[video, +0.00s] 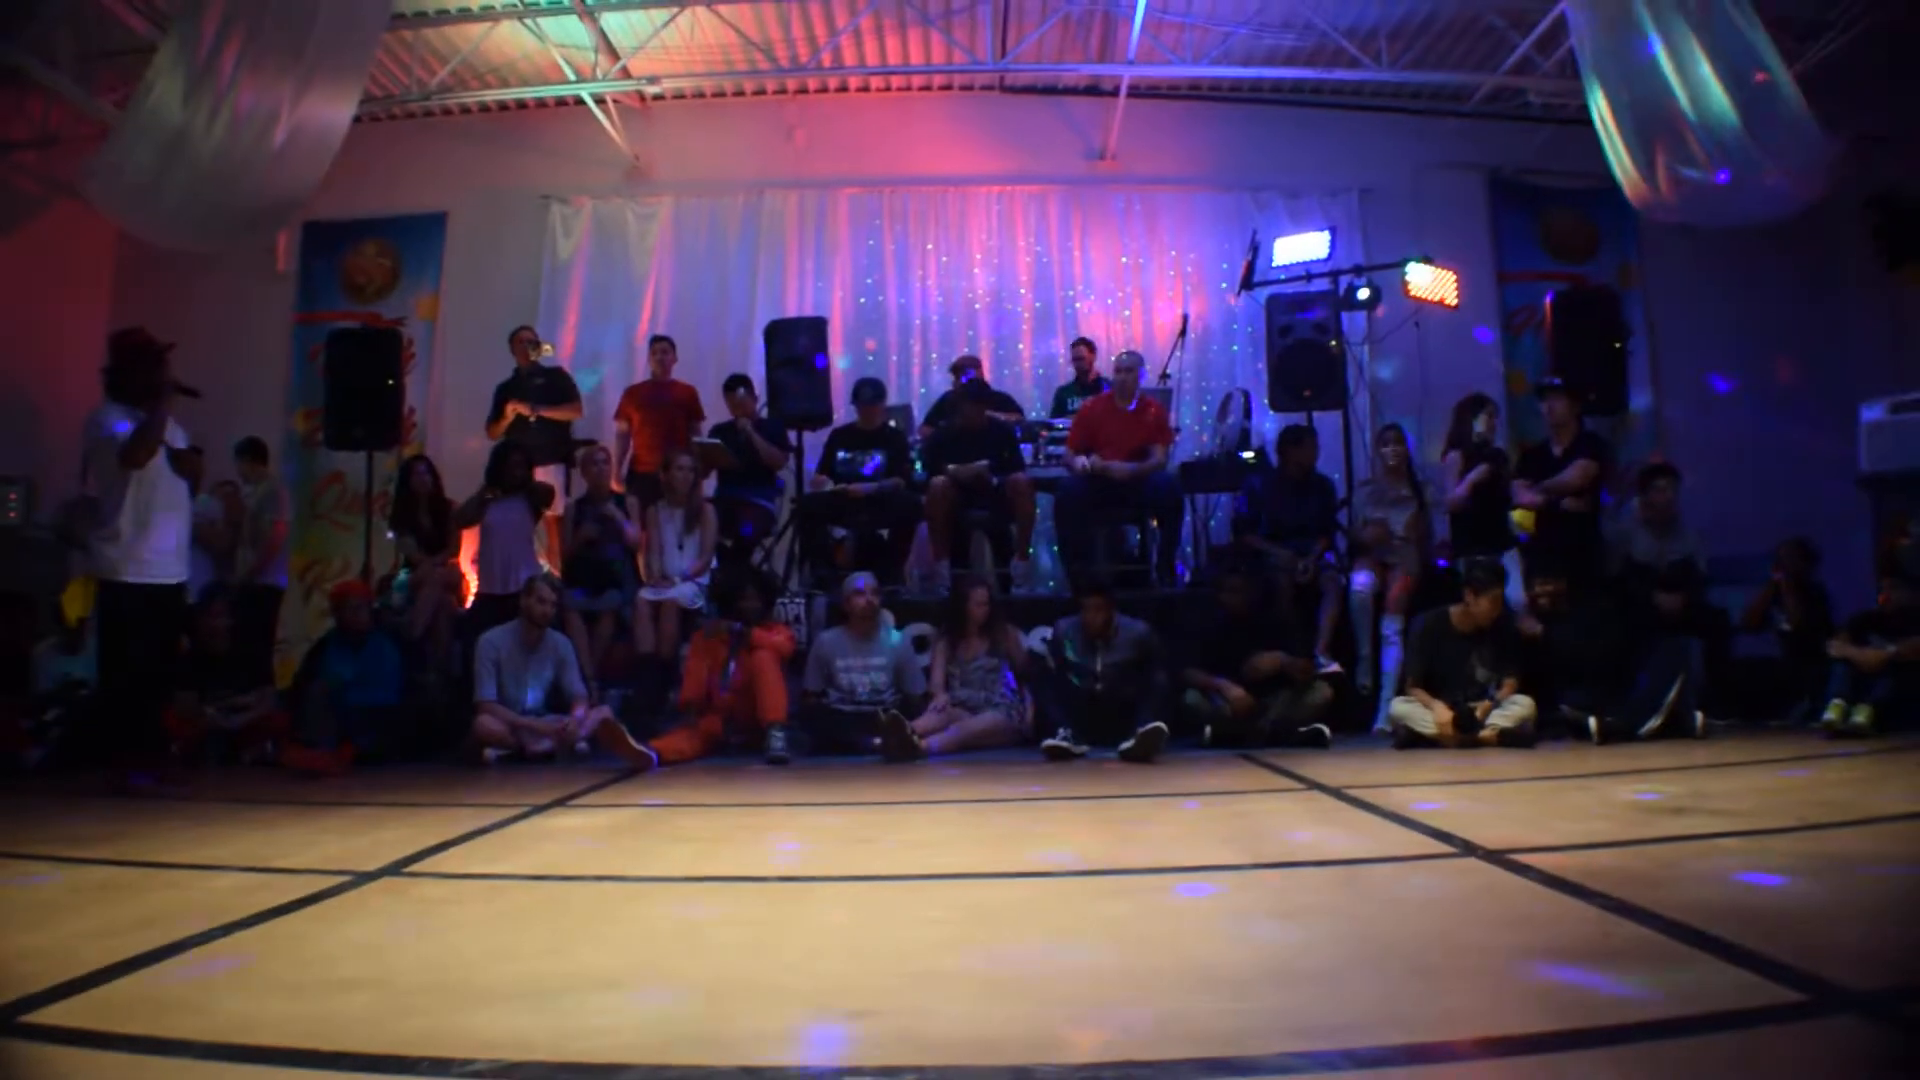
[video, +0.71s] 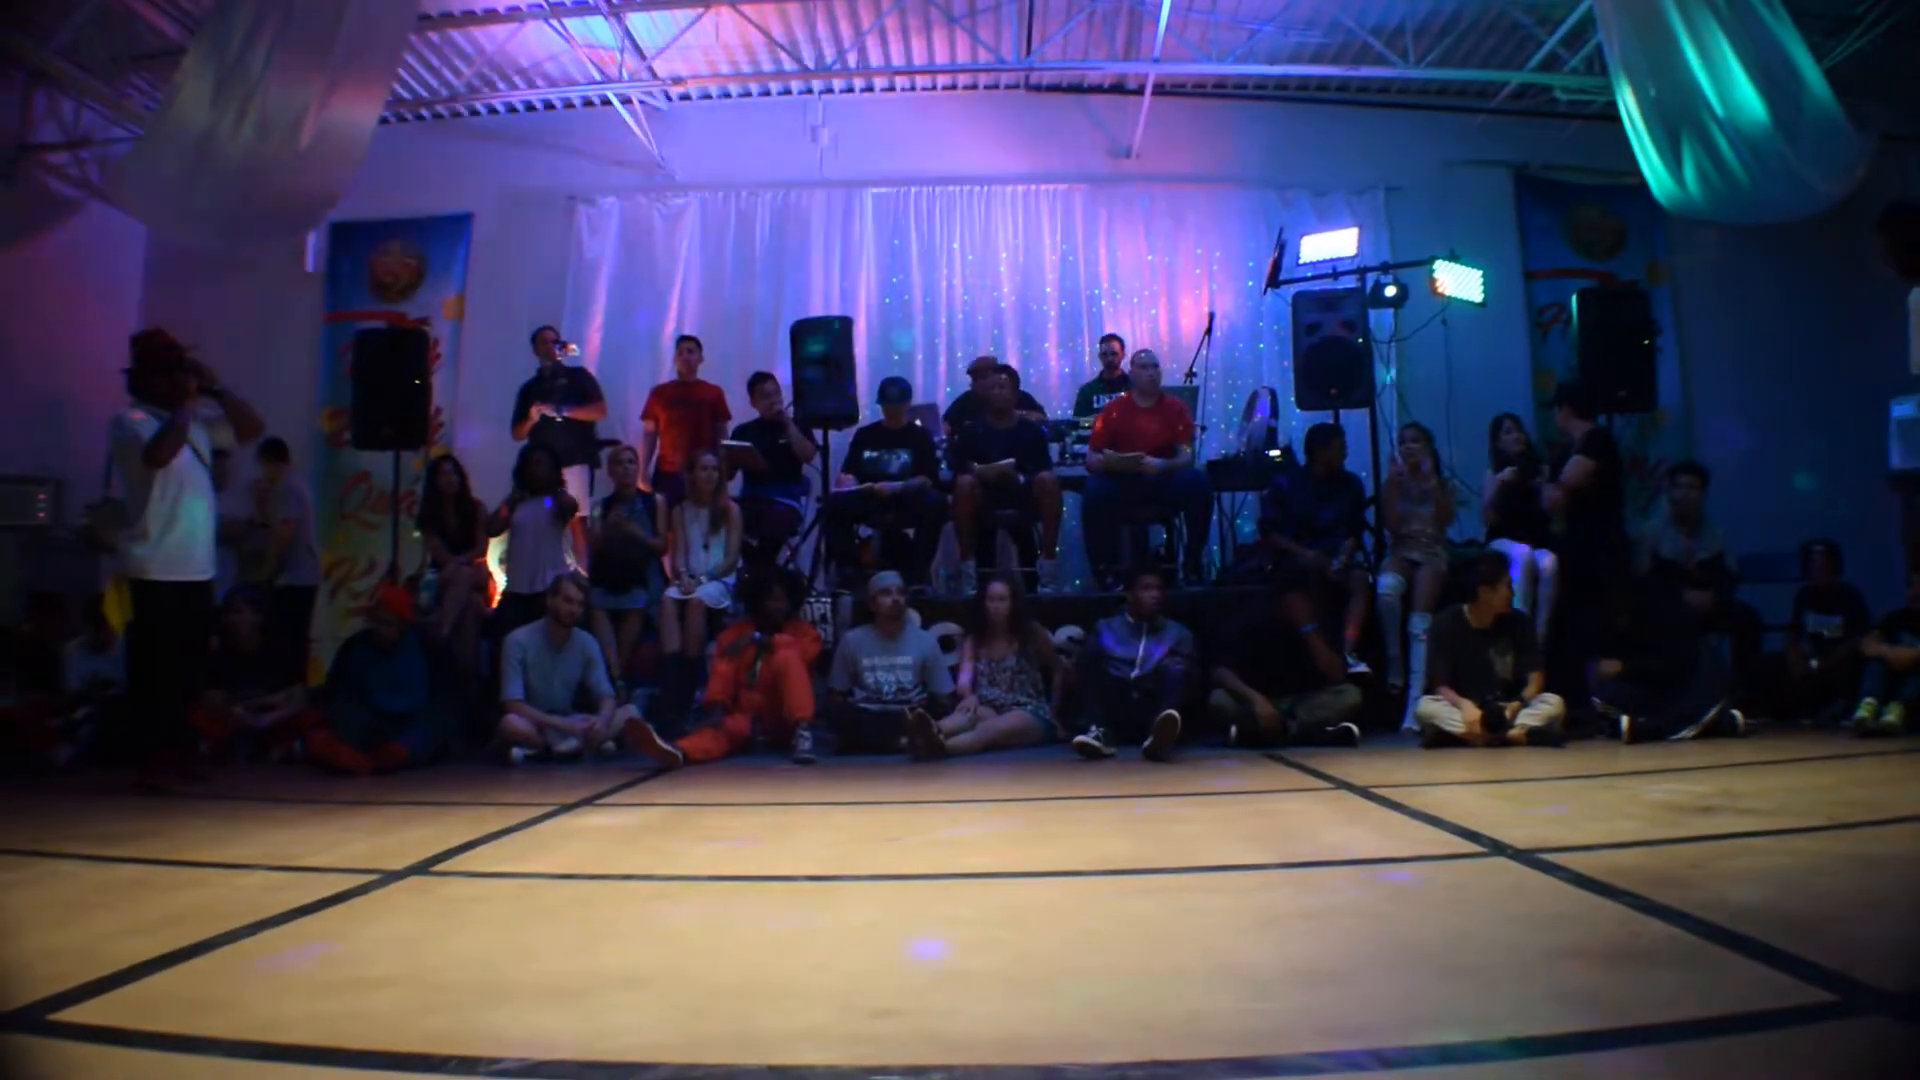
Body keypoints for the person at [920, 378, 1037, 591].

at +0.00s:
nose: (974, 414)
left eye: (980, 407)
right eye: (969, 407)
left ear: (987, 406)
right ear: (958, 407)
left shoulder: (1001, 431)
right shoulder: (942, 434)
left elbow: (1017, 469)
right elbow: (931, 471)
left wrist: (988, 475)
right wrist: (954, 472)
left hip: (994, 488)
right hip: (957, 489)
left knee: (1021, 483)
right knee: (939, 486)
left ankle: (1022, 558)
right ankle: (941, 561)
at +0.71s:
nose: (998, 393)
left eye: (1003, 387)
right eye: (993, 388)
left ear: (1015, 393)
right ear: (985, 393)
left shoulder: (1030, 428)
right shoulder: (972, 429)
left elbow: (1043, 468)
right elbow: (958, 466)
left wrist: (1015, 475)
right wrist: (982, 472)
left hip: (1020, 488)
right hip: (985, 489)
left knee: (1047, 481)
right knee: (965, 484)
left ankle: (1048, 560)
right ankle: (967, 564)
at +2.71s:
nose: (994, 411)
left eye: (1000, 405)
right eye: (989, 404)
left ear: (1009, 404)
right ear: (981, 402)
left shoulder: (1022, 433)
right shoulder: (965, 433)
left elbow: (1035, 471)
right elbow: (950, 471)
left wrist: (1009, 480)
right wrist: (975, 476)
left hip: (1011, 492)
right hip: (977, 493)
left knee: (1041, 485)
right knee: (957, 488)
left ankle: (1041, 561)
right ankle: (959, 565)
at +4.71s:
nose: (989, 404)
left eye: (996, 399)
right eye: (987, 398)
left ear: (1010, 400)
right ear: (982, 398)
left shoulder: (1024, 435)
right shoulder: (963, 435)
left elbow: (1036, 474)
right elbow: (950, 475)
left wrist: (1009, 479)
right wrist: (972, 473)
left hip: (1013, 494)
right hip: (976, 494)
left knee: (1040, 487)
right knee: (956, 487)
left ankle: (1039, 562)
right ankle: (958, 564)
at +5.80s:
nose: (999, 394)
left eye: (1003, 389)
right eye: (993, 389)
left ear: (1008, 394)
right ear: (981, 395)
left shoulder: (1022, 432)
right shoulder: (966, 433)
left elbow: (1035, 471)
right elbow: (954, 468)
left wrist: (1010, 481)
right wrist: (979, 477)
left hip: (1013, 490)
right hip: (978, 491)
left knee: (1040, 486)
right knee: (957, 487)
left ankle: (1041, 562)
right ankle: (958, 564)